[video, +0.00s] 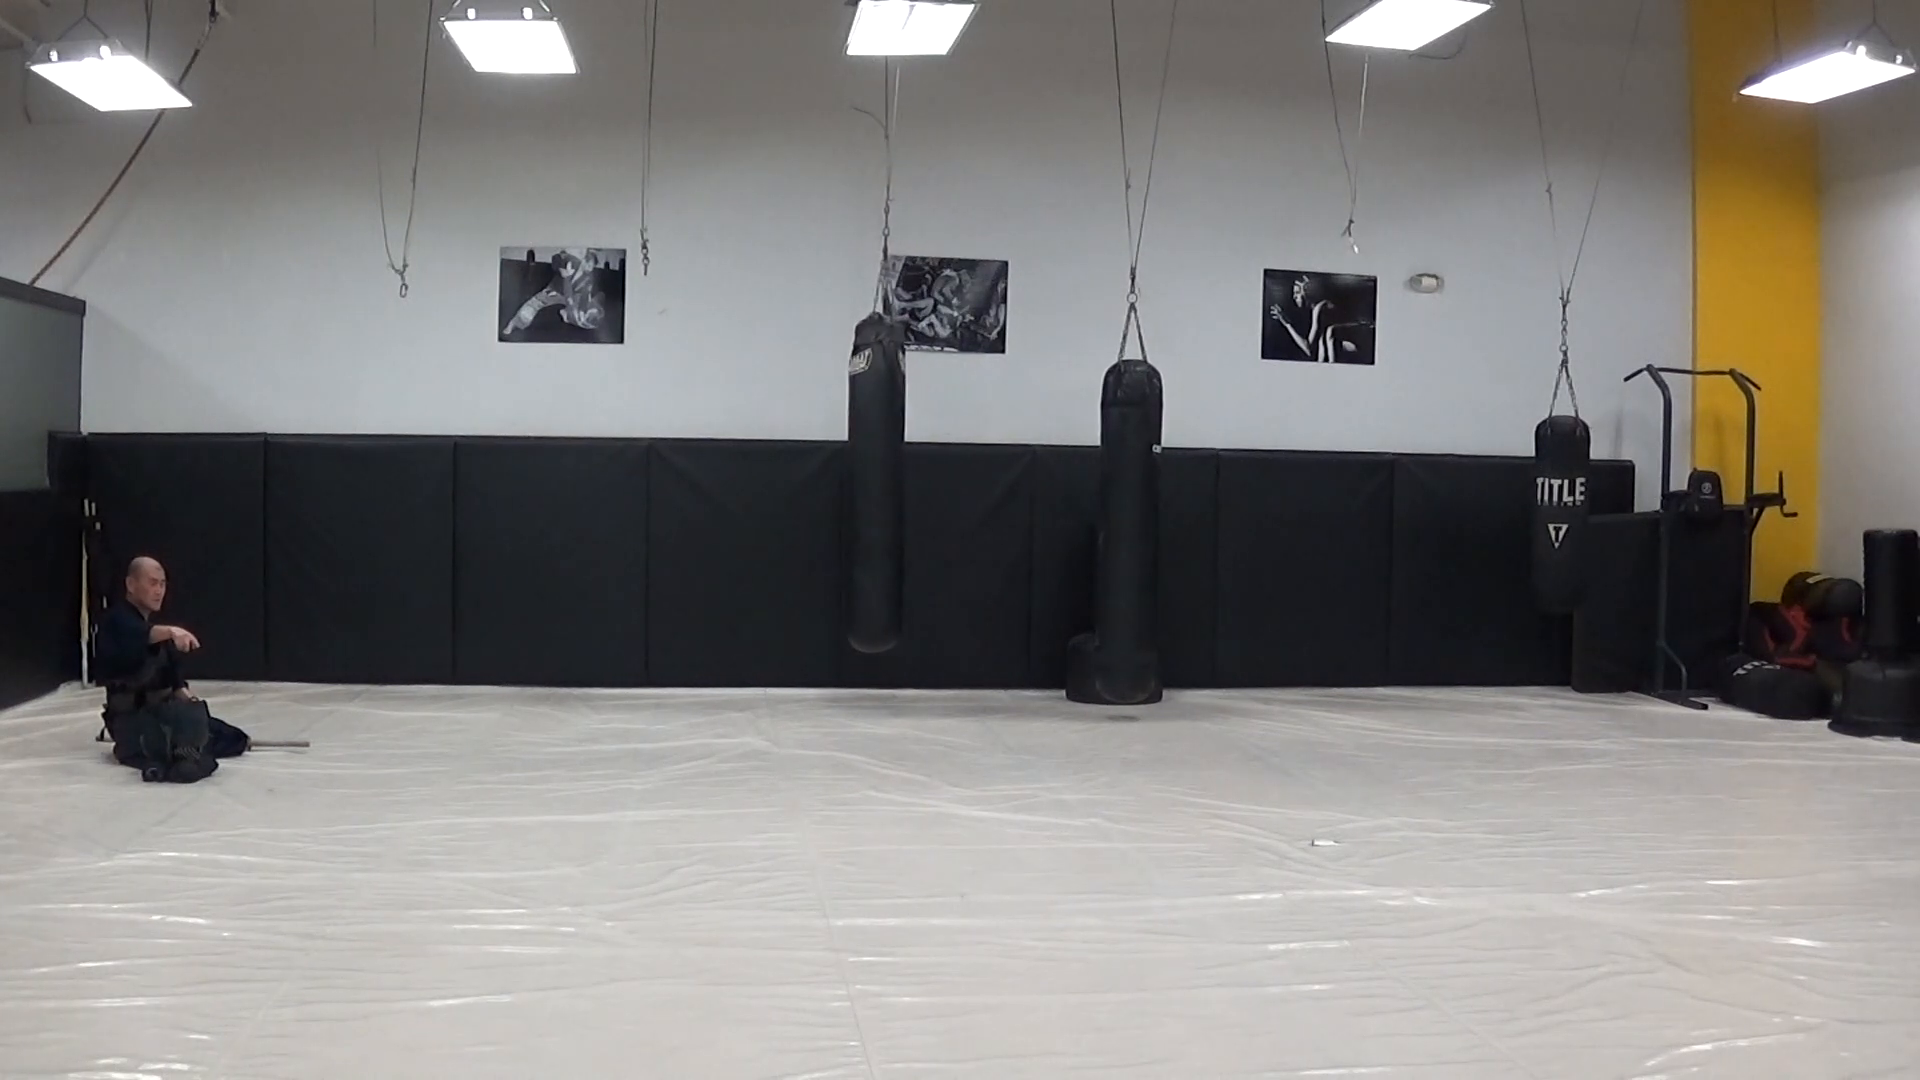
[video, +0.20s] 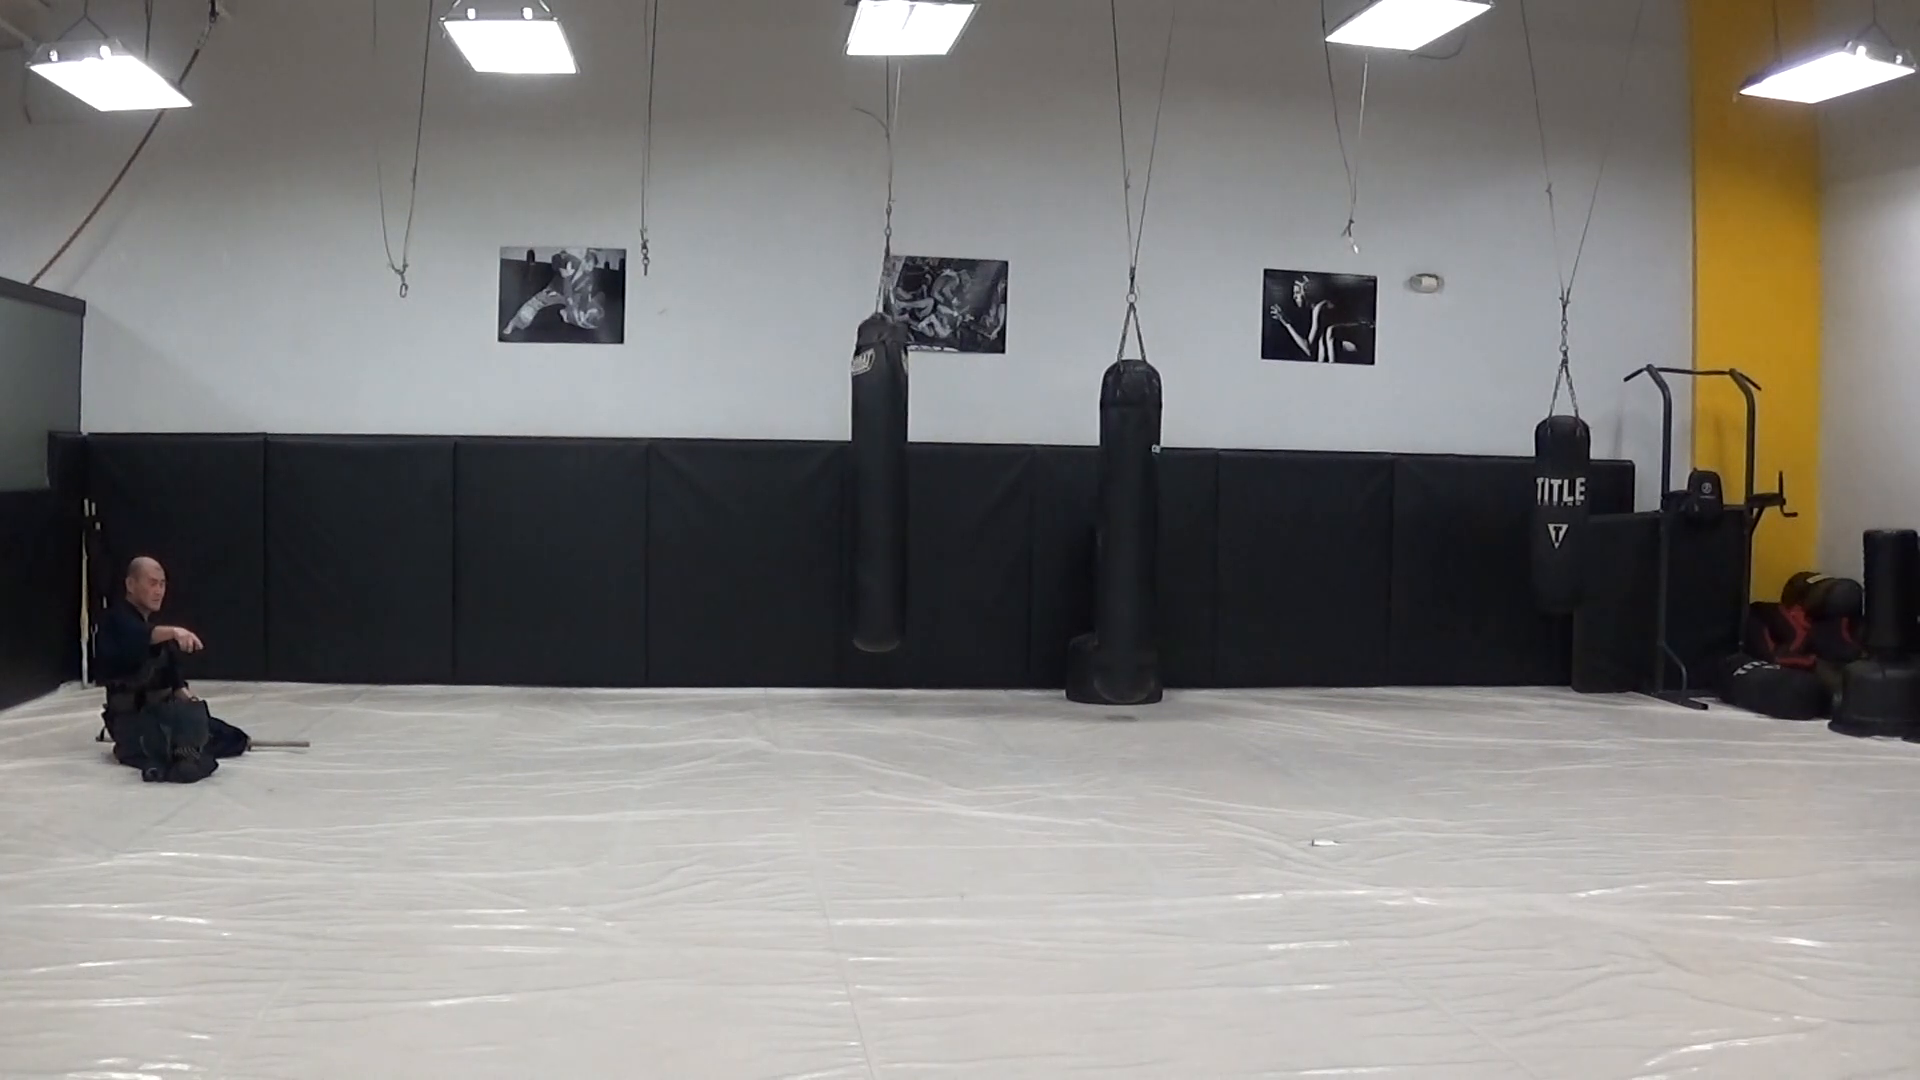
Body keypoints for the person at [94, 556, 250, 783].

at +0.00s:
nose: (160, 590)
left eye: (162, 584)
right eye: (153, 583)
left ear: (165, 587)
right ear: (131, 585)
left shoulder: (155, 626)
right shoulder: (115, 619)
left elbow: (172, 678)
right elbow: (133, 633)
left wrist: (188, 702)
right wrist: (170, 632)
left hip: (165, 710)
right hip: (128, 715)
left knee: (235, 739)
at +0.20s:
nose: (159, 590)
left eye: (162, 584)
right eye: (153, 583)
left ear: (165, 587)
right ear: (130, 585)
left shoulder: (154, 627)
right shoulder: (115, 619)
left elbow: (172, 678)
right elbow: (133, 634)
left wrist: (188, 703)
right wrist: (173, 632)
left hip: (165, 711)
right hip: (129, 717)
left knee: (235, 739)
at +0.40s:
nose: (160, 591)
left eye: (163, 584)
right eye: (154, 583)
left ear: (166, 586)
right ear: (131, 585)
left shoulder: (153, 626)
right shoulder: (115, 619)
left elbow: (171, 677)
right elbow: (135, 633)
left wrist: (189, 703)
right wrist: (173, 634)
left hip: (165, 712)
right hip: (129, 717)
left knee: (235, 740)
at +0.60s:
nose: (160, 591)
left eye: (162, 585)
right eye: (153, 584)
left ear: (165, 587)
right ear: (130, 585)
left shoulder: (155, 624)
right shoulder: (116, 620)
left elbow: (172, 678)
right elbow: (145, 632)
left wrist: (189, 703)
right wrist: (189, 625)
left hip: (166, 711)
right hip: (129, 716)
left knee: (236, 740)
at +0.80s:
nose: (160, 591)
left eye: (162, 585)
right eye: (154, 584)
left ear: (164, 586)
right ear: (131, 585)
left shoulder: (157, 624)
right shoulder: (116, 619)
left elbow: (172, 676)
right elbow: (144, 631)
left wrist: (188, 700)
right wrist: (194, 621)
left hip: (165, 712)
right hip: (129, 717)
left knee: (236, 739)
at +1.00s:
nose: (161, 591)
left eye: (164, 585)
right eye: (155, 584)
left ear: (166, 587)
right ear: (132, 585)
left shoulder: (157, 624)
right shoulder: (117, 618)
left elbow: (172, 678)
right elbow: (144, 631)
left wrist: (188, 702)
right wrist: (187, 626)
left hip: (166, 711)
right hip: (129, 717)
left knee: (236, 740)